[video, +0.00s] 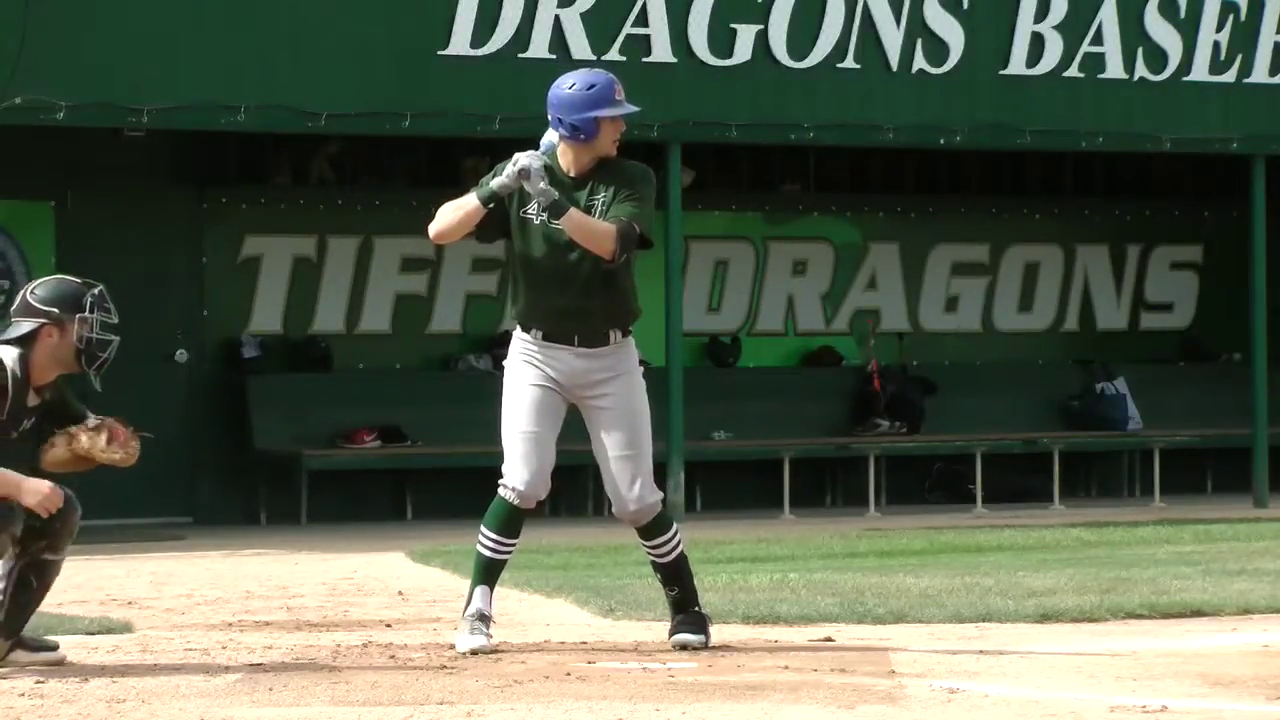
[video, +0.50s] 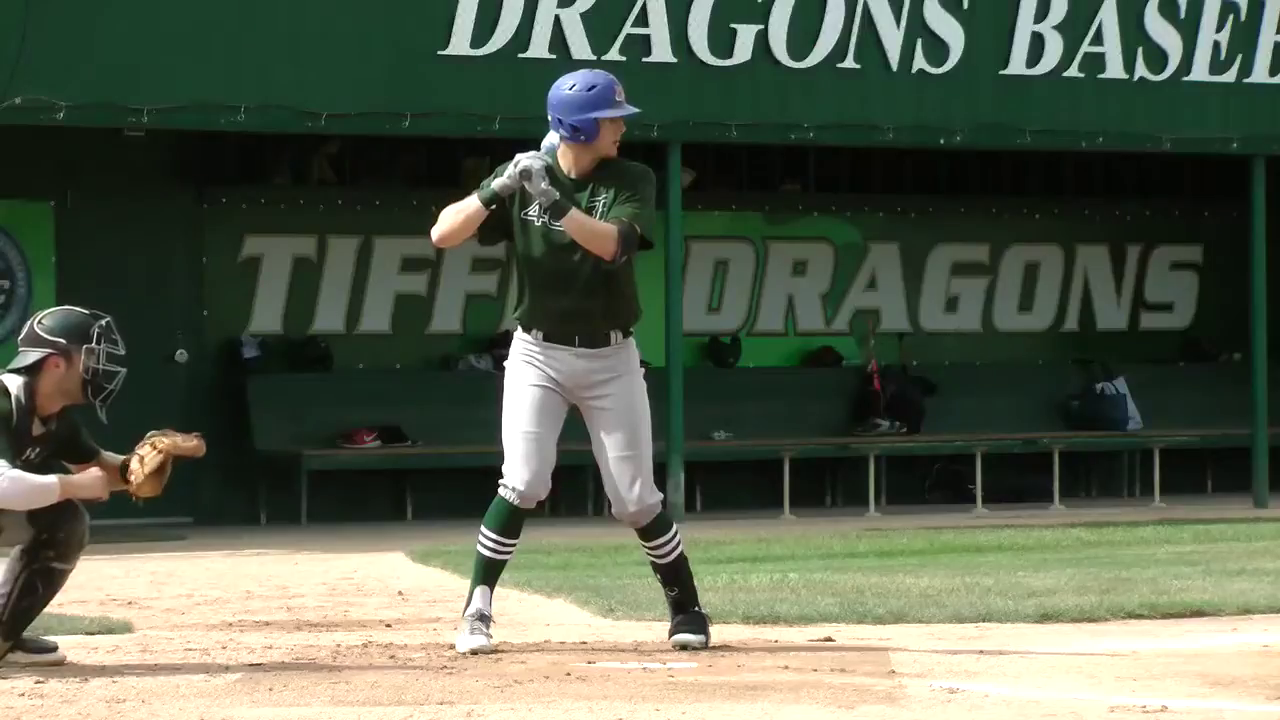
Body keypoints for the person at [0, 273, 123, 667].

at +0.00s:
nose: (91, 338)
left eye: (91, 329)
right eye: (83, 329)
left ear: (51, 335)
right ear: (49, 333)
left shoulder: (48, 385)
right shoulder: (3, 373)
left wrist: (100, 434)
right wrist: (20, 485)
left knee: (61, 510)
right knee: (8, 519)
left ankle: (7, 636)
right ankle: (4, 633)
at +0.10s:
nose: (94, 347)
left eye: (94, 338)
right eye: (86, 337)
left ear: (54, 344)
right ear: (52, 342)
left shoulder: (50, 391)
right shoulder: (5, 381)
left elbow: (68, 457)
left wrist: (113, 445)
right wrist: (27, 485)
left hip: (8, 499)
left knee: (62, 513)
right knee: (8, 519)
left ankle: (7, 634)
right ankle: (4, 633)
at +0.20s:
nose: (96, 356)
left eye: (97, 346)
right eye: (89, 346)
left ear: (56, 352)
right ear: (54, 350)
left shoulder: (53, 401)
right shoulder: (5, 388)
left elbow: (92, 457)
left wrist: (132, 447)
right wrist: (39, 483)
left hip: (6, 506)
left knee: (63, 516)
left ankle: (7, 635)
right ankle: (6, 633)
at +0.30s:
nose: (98, 363)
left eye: (98, 353)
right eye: (90, 352)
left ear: (58, 357)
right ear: (55, 355)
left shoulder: (55, 408)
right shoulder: (4, 393)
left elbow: (97, 461)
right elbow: (5, 478)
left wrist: (140, 451)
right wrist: (52, 484)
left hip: (6, 511)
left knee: (64, 515)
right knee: (57, 517)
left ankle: (7, 636)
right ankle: (7, 634)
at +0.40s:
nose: (98, 366)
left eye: (98, 356)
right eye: (90, 356)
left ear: (59, 362)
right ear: (57, 360)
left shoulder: (55, 415)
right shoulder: (4, 398)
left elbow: (98, 460)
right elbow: (4, 482)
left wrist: (147, 456)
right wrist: (62, 484)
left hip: (6, 515)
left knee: (67, 519)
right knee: (60, 520)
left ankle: (6, 634)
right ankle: (6, 634)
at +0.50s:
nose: (98, 371)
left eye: (98, 361)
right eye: (90, 361)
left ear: (58, 367)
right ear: (55, 364)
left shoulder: (56, 417)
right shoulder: (5, 401)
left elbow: (94, 461)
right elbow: (6, 485)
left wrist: (139, 467)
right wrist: (68, 484)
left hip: (7, 514)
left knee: (66, 518)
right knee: (61, 519)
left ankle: (7, 636)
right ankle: (7, 636)